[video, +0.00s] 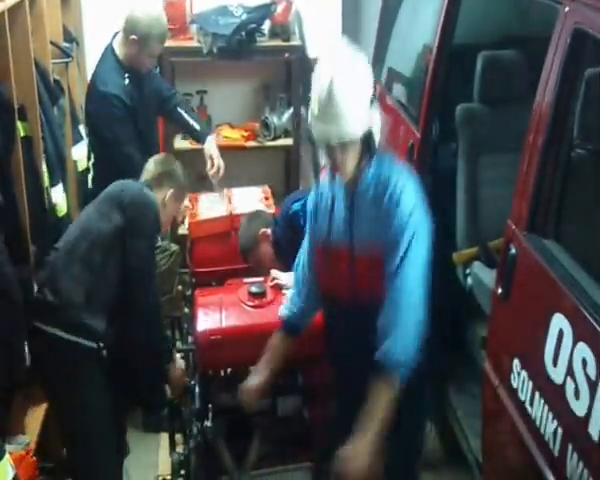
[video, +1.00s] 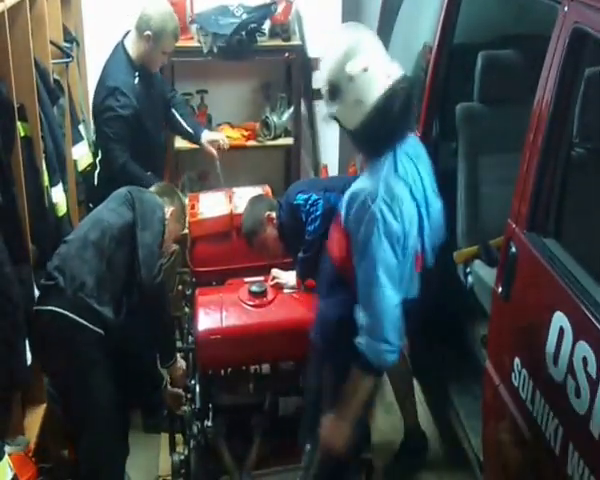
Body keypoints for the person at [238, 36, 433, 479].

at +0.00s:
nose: (334, 152)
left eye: (343, 139)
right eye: (326, 139)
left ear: (367, 130)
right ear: (317, 135)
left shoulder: (399, 191)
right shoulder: (325, 190)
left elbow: (406, 312)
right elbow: (304, 290)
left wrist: (367, 433)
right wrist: (264, 368)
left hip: (395, 348)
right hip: (345, 351)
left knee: (394, 464)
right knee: (339, 455)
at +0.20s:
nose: (362, 159)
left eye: (370, 142)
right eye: (350, 145)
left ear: (389, 113)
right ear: (333, 125)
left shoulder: (425, 175)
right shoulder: (333, 180)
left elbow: (449, 299)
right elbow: (329, 285)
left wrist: (449, 423)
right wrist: (317, 373)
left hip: (400, 373)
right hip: (337, 370)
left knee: (387, 467)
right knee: (320, 463)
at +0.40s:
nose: (337, 178)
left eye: (348, 170)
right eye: (334, 168)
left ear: (381, 159)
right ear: (334, 164)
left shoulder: (426, 214)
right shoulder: (340, 207)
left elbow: (449, 346)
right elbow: (334, 297)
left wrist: (439, 460)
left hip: (391, 400)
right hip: (332, 391)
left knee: (378, 472)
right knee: (318, 472)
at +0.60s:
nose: (324, 143)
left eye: (329, 130)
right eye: (319, 131)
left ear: (358, 119)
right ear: (319, 125)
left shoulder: (415, 177)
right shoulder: (344, 170)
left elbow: (424, 318)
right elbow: (326, 275)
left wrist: (365, 410)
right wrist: (285, 350)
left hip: (402, 359)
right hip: (353, 352)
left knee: (386, 468)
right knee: (332, 457)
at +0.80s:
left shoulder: (388, 234)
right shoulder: (351, 215)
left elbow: (359, 379)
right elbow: (323, 301)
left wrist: (284, 441)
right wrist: (271, 361)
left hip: (407, 402)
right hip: (370, 385)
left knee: (382, 470)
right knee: (339, 467)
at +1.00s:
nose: (335, 119)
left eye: (338, 110)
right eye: (337, 108)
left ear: (350, 120)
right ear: (396, 99)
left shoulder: (373, 198)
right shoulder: (410, 149)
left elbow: (382, 336)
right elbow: (428, 232)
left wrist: (345, 417)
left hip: (352, 331)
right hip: (403, 291)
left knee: (332, 434)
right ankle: (414, 435)